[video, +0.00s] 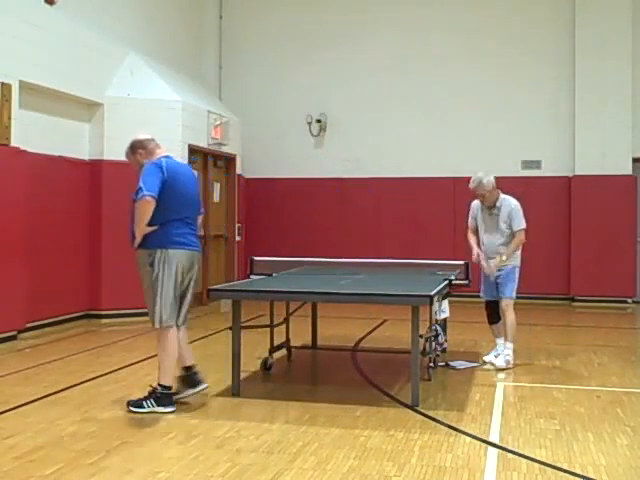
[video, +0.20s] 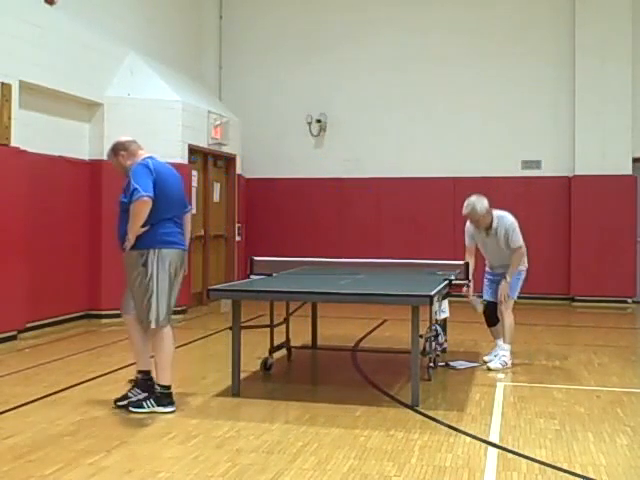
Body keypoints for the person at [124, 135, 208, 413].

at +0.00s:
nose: (136, 167)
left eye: (134, 162)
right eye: (134, 163)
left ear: (140, 153)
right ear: (157, 147)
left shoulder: (154, 166)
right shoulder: (188, 170)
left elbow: (147, 199)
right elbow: (199, 212)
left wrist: (139, 231)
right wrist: (191, 237)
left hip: (165, 248)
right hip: (190, 247)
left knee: (166, 323)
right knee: (175, 320)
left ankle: (163, 392)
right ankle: (189, 373)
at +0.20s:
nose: (120, 170)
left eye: (118, 165)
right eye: (118, 166)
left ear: (123, 156)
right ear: (139, 149)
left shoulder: (140, 167)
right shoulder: (169, 170)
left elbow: (143, 199)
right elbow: (186, 211)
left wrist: (131, 234)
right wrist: (183, 246)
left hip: (154, 249)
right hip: (174, 248)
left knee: (158, 321)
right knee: (132, 312)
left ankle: (163, 393)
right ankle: (145, 382)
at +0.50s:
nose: (86, 178)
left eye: (84, 173)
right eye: (83, 174)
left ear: (92, 162)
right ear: (100, 156)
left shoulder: (111, 169)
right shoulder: (129, 169)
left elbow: (126, 193)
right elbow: (157, 210)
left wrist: (114, 233)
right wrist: (157, 244)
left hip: (137, 251)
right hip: (140, 250)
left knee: (145, 323)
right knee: (117, 319)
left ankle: (162, 393)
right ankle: (101, 386)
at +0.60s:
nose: (77, 181)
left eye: (74, 176)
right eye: (73, 178)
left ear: (81, 164)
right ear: (90, 158)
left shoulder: (100, 170)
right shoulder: (121, 172)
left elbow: (116, 193)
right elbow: (145, 214)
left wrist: (105, 234)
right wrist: (142, 244)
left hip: (125, 252)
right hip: (135, 249)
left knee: (135, 326)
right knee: (111, 324)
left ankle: (160, 391)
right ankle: (96, 389)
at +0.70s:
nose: (66, 179)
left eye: (64, 173)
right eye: (64, 176)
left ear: (72, 162)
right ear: (78, 158)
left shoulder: (92, 169)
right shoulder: (102, 171)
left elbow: (109, 193)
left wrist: (97, 233)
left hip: (115, 250)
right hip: (117, 249)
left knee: (103, 325)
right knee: (109, 326)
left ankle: (149, 381)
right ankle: (95, 389)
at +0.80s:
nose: (59, 178)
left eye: (57, 172)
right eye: (56, 174)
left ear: (65, 160)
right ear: (69, 158)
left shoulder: (86, 167)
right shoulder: (84, 174)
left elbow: (105, 189)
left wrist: (90, 230)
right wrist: (77, 254)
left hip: (106, 250)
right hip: (108, 249)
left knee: (76, 319)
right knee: (101, 322)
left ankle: (126, 369)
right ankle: (95, 389)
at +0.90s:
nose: (53, 174)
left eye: (51, 168)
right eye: (50, 171)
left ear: (59, 157)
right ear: (64, 154)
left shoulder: (82, 164)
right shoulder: (79, 175)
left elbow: (101, 189)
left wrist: (83, 230)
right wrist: (70, 249)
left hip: (98, 248)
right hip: (107, 249)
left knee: (59, 314)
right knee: (94, 321)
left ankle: (97, 373)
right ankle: (94, 390)